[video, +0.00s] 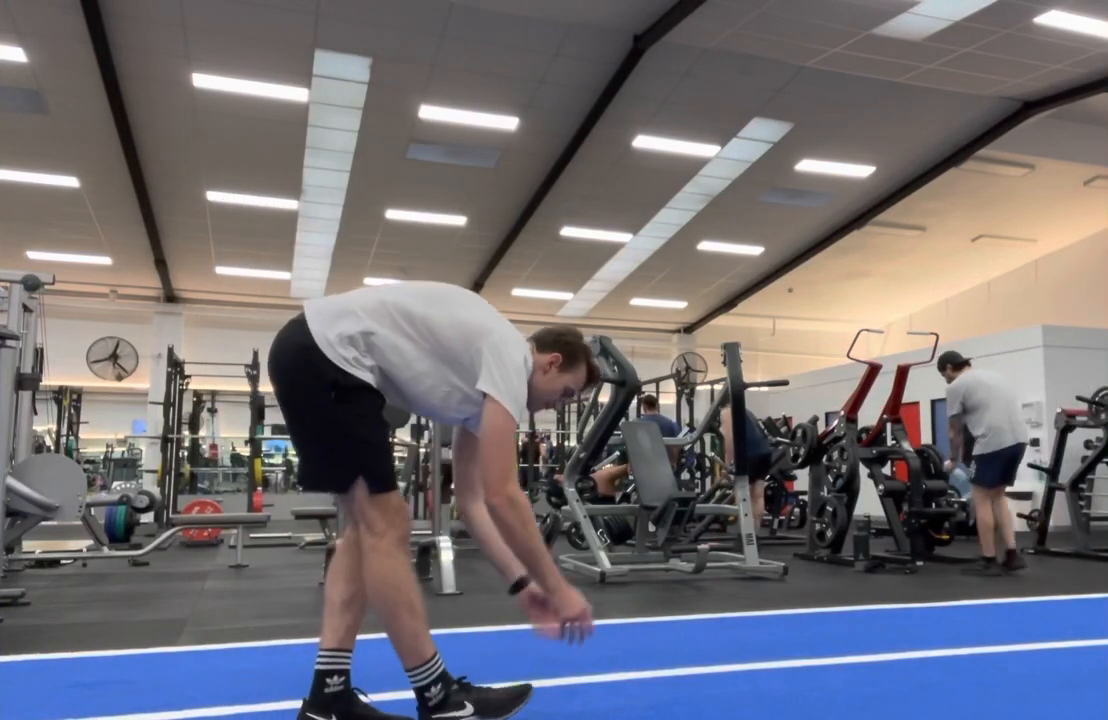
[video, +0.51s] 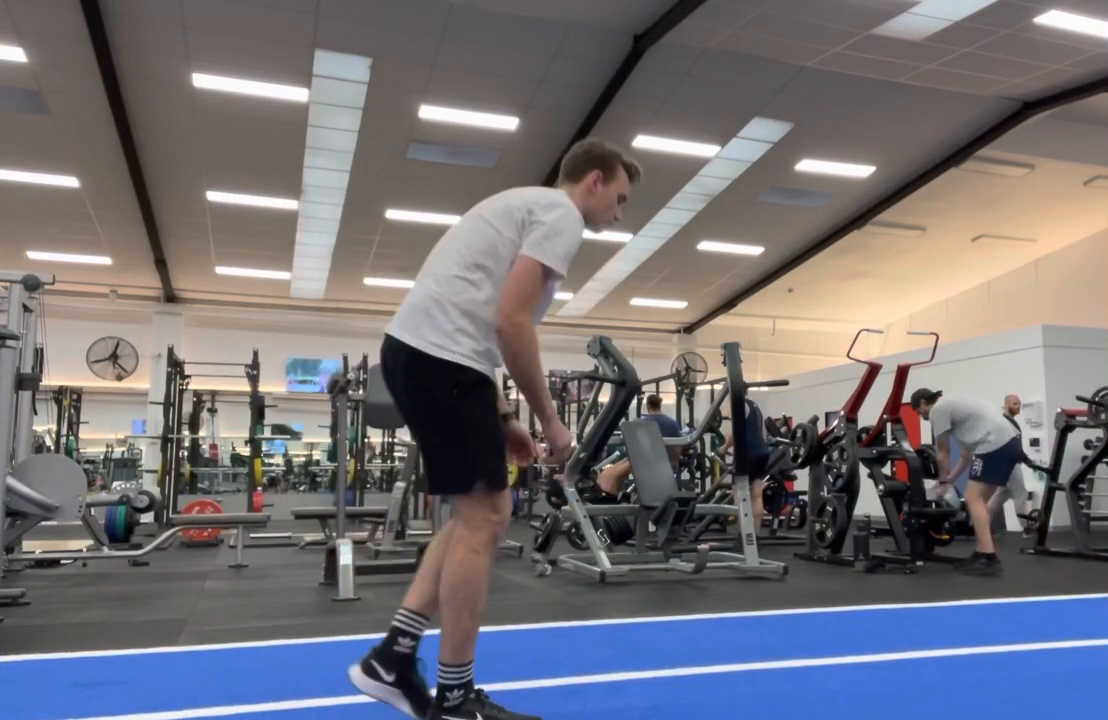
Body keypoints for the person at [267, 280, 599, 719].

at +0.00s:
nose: (557, 403)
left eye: (567, 399)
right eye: (565, 392)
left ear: (547, 361)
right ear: (551, 363)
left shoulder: (484, 366)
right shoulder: (506, 352)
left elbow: (472, 498)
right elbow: (501, 492)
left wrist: (524, 586)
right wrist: (557, 587)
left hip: (314, 350)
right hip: (327, 354)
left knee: (363, 526)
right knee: (386, 525)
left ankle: (329, 691)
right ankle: (438, 695)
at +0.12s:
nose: (574, 382)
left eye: (583, 374)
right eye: (580, 367)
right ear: (563, 338)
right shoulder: (517, 331)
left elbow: (477, 479)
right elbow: (510, 466)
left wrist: (548, 538)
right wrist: (578, 527)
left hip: (322, 349)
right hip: (346, 355)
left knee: (368, 524)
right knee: (406, 520)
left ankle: (329, 691)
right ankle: (443, 695)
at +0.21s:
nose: (594, 342)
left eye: (602, 334)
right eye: (599, 328)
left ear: (573, 301)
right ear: (579, 302)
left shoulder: (505, 315)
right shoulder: (533, 304)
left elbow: (478, 444)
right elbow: (510, 429)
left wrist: (551, 485)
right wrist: (577, 479)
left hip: (337, 349)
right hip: (369, 357)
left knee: (380, 523)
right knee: (427, 519)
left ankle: (331, 690)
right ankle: (449, 698)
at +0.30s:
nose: (607, 297)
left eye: (614, 289)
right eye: (611, 283)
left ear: (584, 260)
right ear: (590, 260)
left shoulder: (525, 273)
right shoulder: (546, 273)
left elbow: (478, 404)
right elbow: (505, 390)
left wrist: (542, 450)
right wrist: (561, 449)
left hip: (363, 349)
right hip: (394, 360)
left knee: (404, 519)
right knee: (451, 517)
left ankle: (337, 684)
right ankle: (453, 699)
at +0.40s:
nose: (618, 250)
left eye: (623, 240)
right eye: (619, 235)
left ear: (586, 220)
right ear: (594, 219)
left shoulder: (516, 234)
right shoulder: (555, 240)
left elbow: (475, 365)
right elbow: (506, 351)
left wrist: (526, 434)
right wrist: (552, 431)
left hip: (390, 349)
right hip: (421, 358)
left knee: (442, 518)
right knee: (473, 518)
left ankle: (356, 664)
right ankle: (453, 697)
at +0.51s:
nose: (616, 215)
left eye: (622, 205)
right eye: (618, 200)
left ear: (581, 179)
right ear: (594, 180)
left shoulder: (518, 205)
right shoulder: (558, 212)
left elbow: (461, 328)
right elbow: (513, 319)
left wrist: (499, 423)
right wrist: (548, 417)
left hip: (418, 350)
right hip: (444, 356)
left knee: (479, 512)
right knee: (483, 517)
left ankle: (395, 653)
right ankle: (454, 697)